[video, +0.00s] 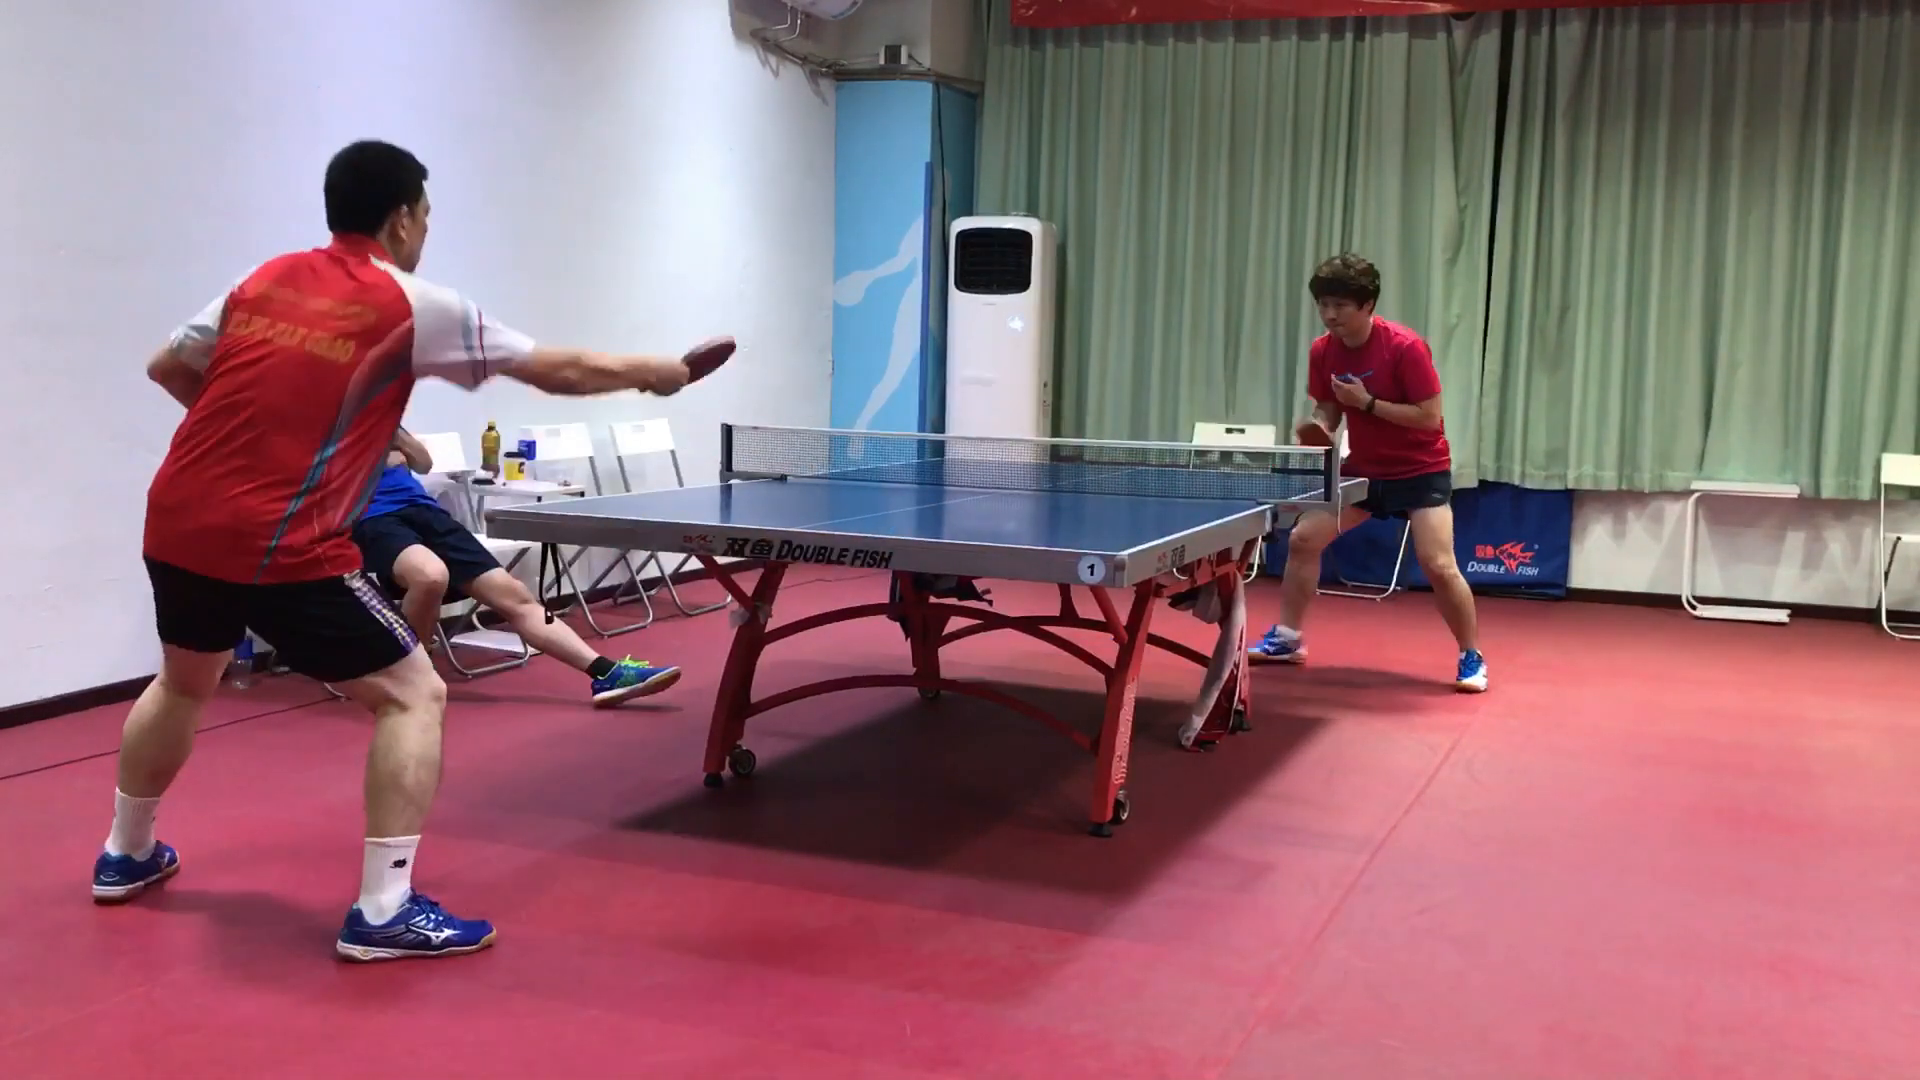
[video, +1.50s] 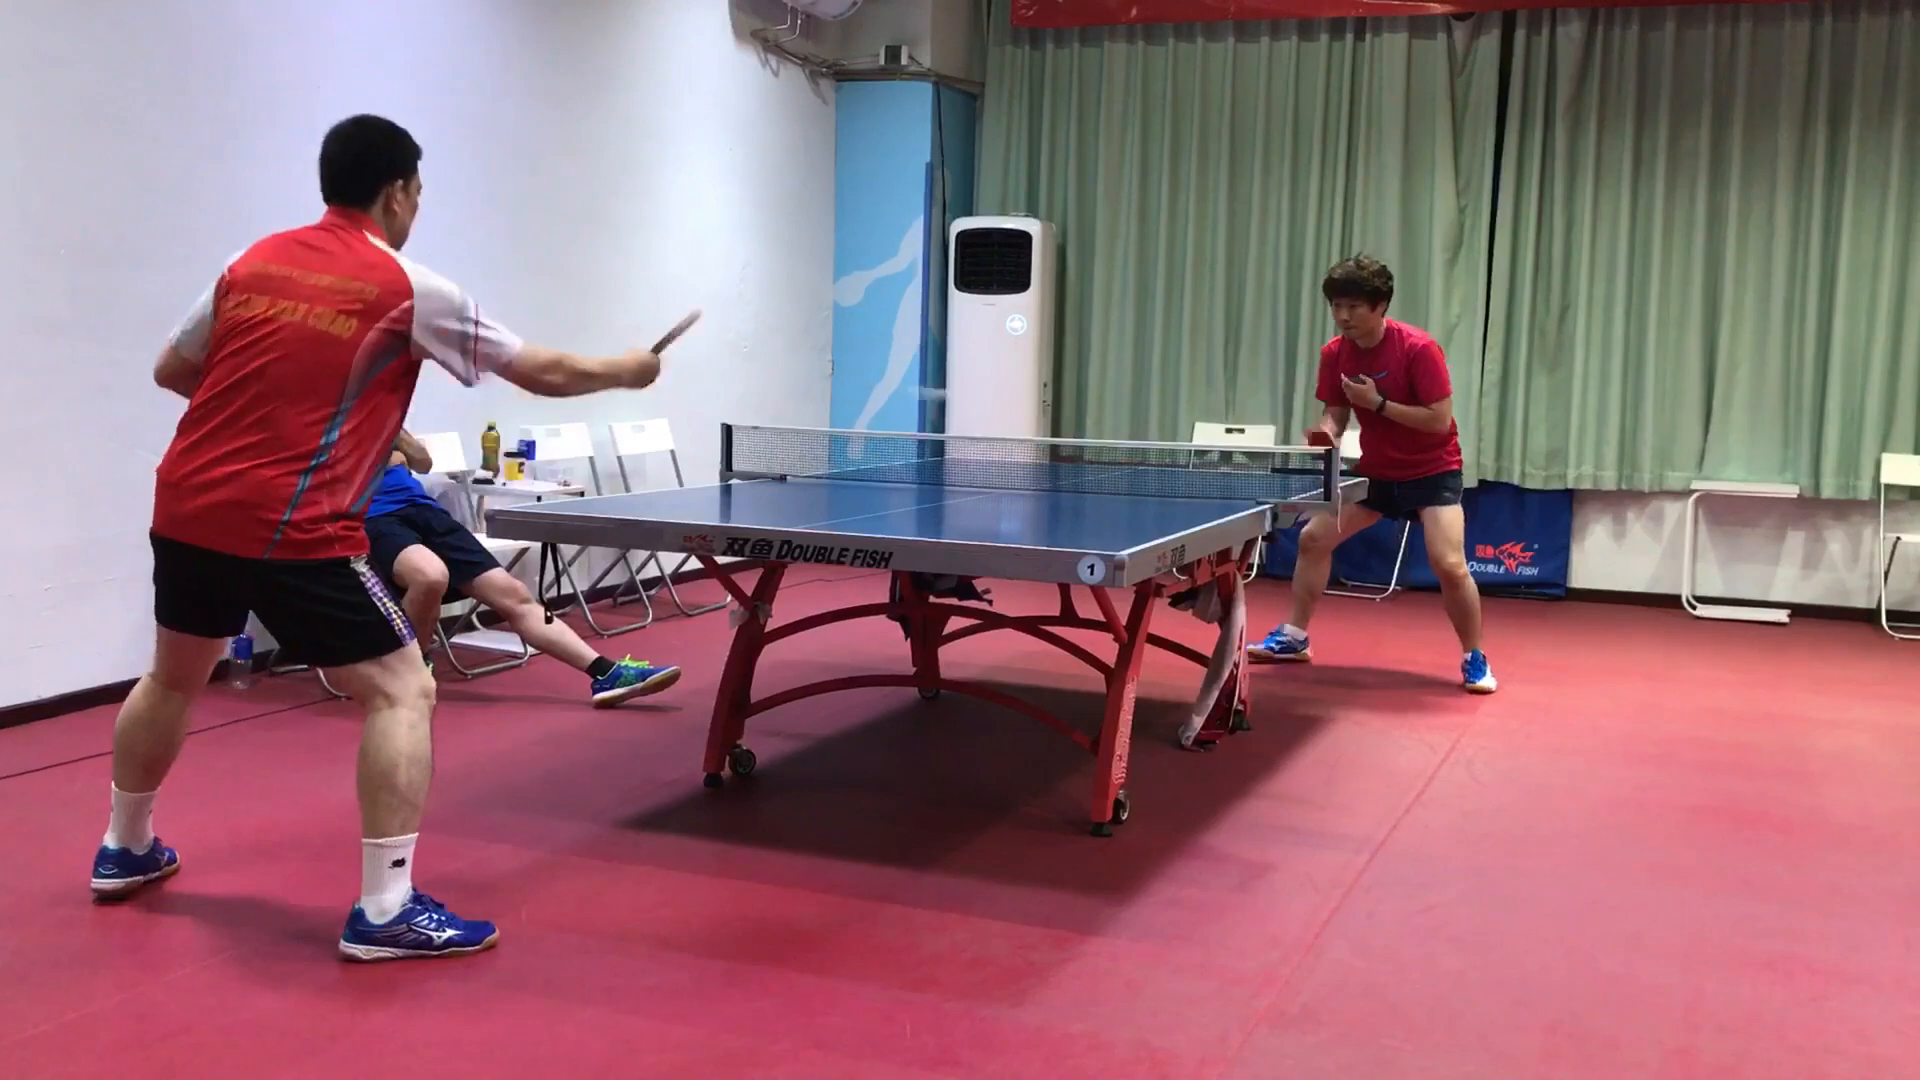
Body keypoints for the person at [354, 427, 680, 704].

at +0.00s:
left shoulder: (368, 415)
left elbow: (423, 463)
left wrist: (389, 429)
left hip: (420, 506)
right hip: (368, 517)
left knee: (514, 595)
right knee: (430, 576)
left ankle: (603, 671)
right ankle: (404, 672)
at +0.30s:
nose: (376, 403)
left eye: (377, 398)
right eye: (367, 399)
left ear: (377, 397)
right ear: (342, 398)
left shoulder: (380, 420)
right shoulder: (324, 427)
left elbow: (422, 463)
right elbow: (340, 467)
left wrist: (388, 427)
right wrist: (401, 455)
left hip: (419, 507)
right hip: (367, 519)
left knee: (514, 596)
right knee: (429, 575)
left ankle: (604, 671)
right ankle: (415, 666)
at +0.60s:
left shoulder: (383, 408)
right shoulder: (313, 421)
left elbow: (422, 460)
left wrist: (388, 436)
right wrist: (393, 447)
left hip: (417, 504)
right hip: (361, 513)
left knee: (512, 593)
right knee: (429, 576)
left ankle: (603, 671)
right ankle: (413, 668)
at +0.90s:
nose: (381, 400)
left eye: (384, 394)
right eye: (373, 395)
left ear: (386, 393)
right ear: (349, 394)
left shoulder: (381, 419)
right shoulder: (330, 422)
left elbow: (423, 463)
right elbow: (351, 462)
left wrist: (387, 424)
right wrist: (401, 454)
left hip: (419, 507)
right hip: (370, 517)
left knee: (514, 597)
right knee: (430, 575)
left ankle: (604, 671)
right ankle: (415, 665)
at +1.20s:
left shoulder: (384, 399)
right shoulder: (315, 416)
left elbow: (415, 451)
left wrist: (379, 458)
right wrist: (403, 451)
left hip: (420, 507)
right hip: (364, 518)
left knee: (514, 594)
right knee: (430, 576)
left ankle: (604, 672)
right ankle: (406, 676)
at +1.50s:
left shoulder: (371, 407)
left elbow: (422, 460)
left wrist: (386, 428)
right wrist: (624, 370)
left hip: (415, 504)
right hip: (366, 514)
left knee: (512, 593)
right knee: (430, 575)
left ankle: (604, 670)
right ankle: (410, 674)